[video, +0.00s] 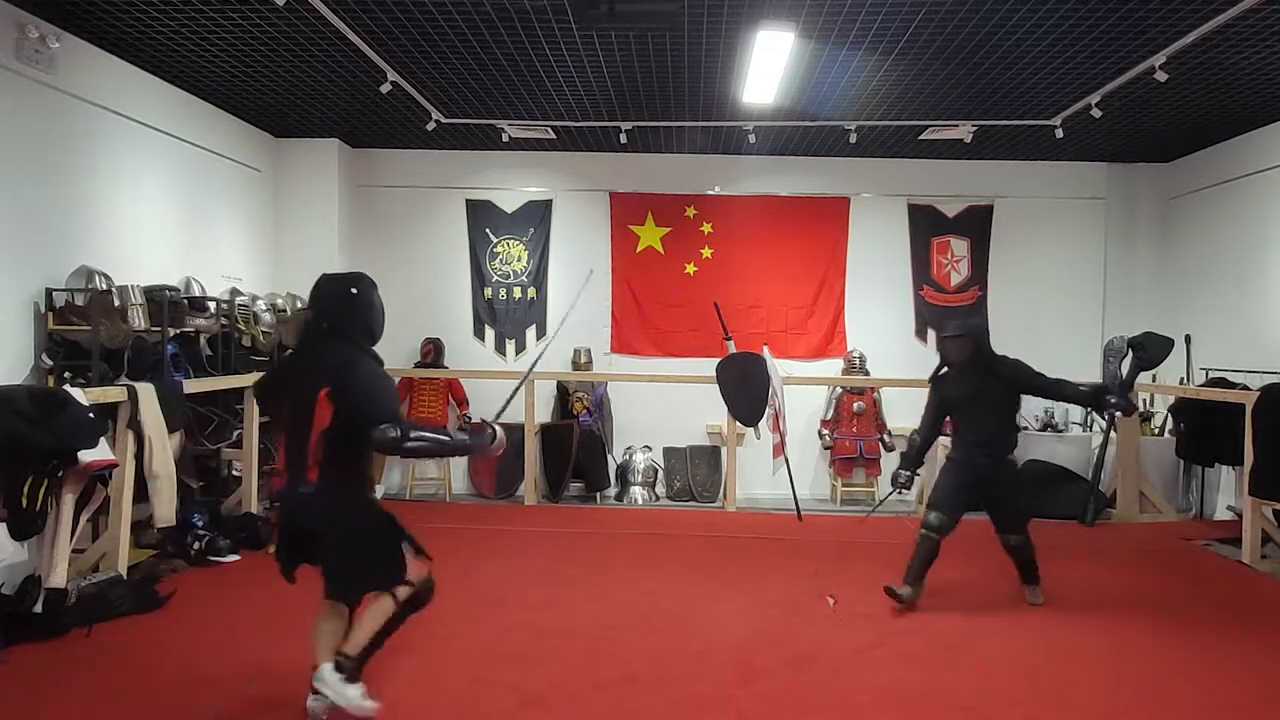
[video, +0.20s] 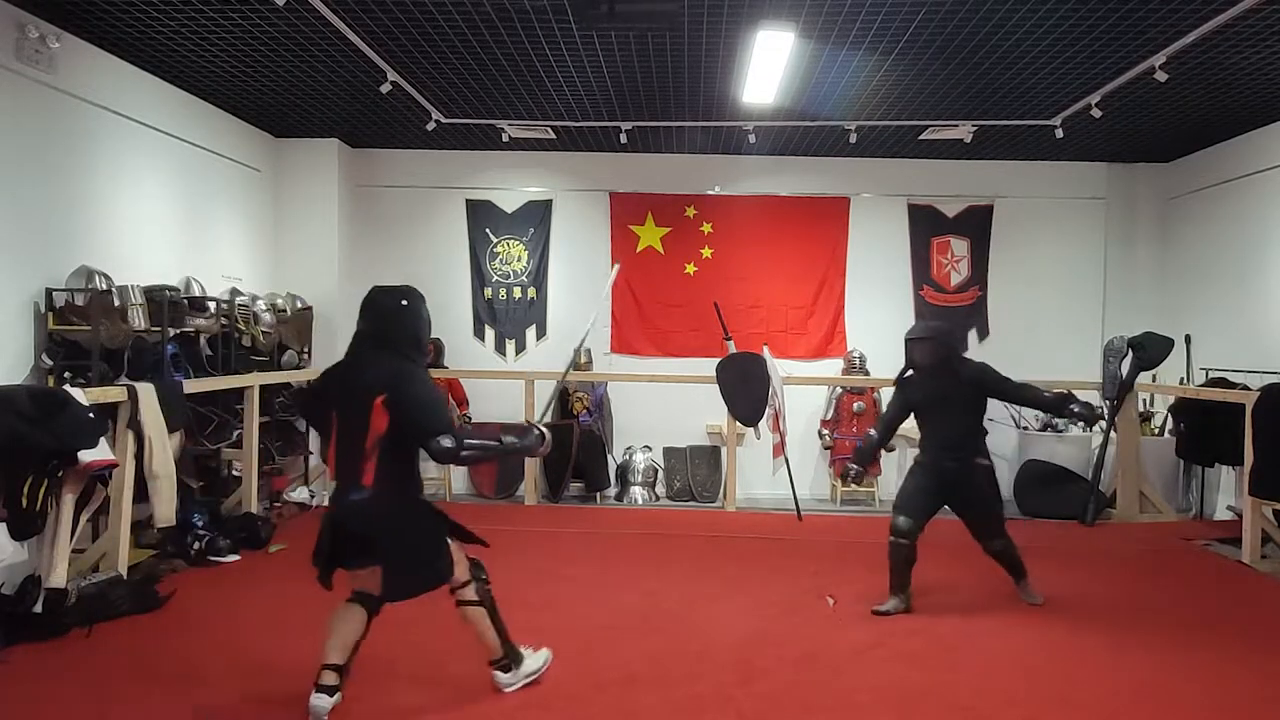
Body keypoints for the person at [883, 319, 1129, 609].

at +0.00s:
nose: (952, 348)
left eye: (959, 340)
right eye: (947, 341)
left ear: (976, 341)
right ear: (942, 344)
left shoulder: (1005, 370)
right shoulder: (943, 382)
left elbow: (1050, 388)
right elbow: (928, 428)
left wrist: (1097, 398)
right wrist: (908, 464)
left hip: (1000, 466)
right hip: (959, 466)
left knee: (1015, 537)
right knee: (933, 524)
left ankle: (1031, 584)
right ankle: (910, 587)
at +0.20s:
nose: (916, 353)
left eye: (923, 345)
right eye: (913, 346)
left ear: (942, 347)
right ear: (910, 350)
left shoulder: (973, 374)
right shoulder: (910, 384)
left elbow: (1021, 394)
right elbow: (888, 423)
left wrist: (1071, 407)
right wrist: (867, 449)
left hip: (972, 469)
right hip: (929, 468)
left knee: (994, 542)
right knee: (902, 528)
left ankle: (1022, 583)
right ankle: (899, 596)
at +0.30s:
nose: (900, 351)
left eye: (906, 343)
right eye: (898, 344)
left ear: (926, 345)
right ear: (897, 347)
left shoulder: (961, 372)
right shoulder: (896, 381)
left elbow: (1005, 388)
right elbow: (868, 415)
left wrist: (1050, 403)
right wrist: (836, 443)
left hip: (965, 464)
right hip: (922, 465)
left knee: (987, 541)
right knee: (898, 528)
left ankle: (1014, 581)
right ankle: (899, 596)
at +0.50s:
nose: (881, 354)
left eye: (887, 348)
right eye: (880, 348)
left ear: (908, 348)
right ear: (881, 351)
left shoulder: (942, 371)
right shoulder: (880, 382)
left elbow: (985, 380)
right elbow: (841, 397)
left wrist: (1028, 388)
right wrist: (798, 403)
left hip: (955, 463)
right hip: (915, 466)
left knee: (985, 534)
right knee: (896, 528)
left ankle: (1013, 577)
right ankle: (899, 596)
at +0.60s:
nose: (877, 357)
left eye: (883, 351)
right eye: (875, 351)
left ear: (903, 351)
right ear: (875, 353)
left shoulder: (936, 371)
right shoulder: (874, 385)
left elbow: (980, 378)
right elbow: (835, 393)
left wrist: (1026, 381)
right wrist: (791, 391)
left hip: (953, 463)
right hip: (913, 467)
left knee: (987, 531)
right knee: (893, 529)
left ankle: (1014, 577)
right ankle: (899, 595)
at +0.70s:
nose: (877, 360)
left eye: (883, 352)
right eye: (874, 353)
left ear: (902, 352)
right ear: (874, 356)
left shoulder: (935, 374)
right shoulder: (873, 386)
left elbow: (980, 377)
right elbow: (834, 395)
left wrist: (1028, 376)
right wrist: (790, 391)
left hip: (952, 465)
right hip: (911, 469)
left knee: (989, 531)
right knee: (888, 529)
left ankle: (1018, 573)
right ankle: (897, 595)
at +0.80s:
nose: (880, 365)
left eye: (886, 358)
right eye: (878, 359)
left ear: (906, 358)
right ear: (878, 362)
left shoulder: (939, 380)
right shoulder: (877, 391)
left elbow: (984, 380)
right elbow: (839, 403)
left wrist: (1030, 373)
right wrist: (793, 400)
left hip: (954, 472)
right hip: (912, 474)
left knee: (992, 535)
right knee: (887, 529)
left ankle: (1023, 568)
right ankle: (896, 595)